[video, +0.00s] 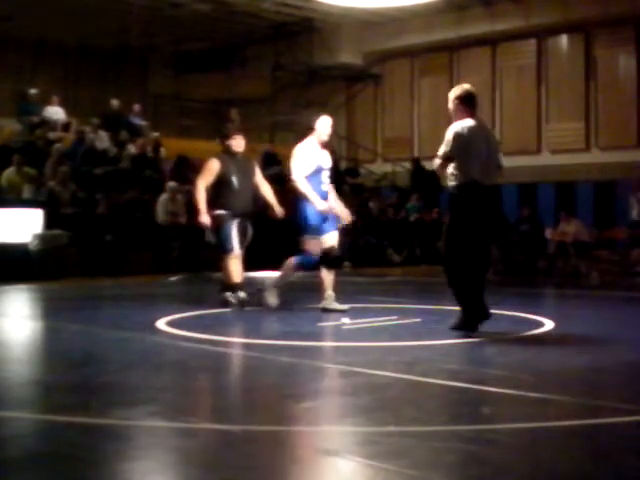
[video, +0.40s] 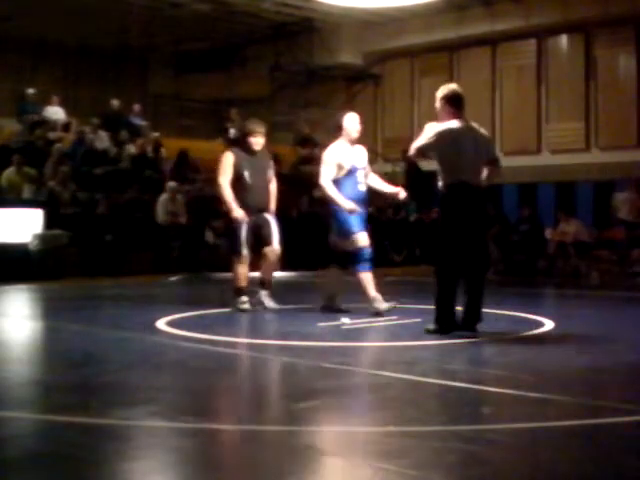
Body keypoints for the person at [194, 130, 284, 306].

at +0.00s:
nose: (239, 143)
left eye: (241, 139)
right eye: (234, 140)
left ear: (245, 141)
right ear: (226, 142)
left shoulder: (250, 164)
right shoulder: (217, 163)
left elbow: (263, 185)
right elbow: (201, 184)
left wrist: (275, 205)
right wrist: (203, 212)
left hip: (245, 213)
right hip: (225, 213)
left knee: (238, 252)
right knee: (233, 252)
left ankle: (230, 286)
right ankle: (237, 288)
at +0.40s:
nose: (258, 141)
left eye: (261, 136)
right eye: (254, 136)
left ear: (265, 138)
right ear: (245, 137)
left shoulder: (266, 157)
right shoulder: (231, 156)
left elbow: (272, 182)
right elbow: (224, 182)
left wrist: (271, 207)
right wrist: (235, 208)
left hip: (263, 210)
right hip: (243, 211)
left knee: (272, 250)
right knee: (243, 255)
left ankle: (264, 289)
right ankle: (241, 293)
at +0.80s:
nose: (291, 146)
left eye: (294, 142)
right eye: (288, 141)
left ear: (297, 142)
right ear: (277, 139)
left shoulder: (298, 161)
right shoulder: (257, 154)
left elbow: (302, 186)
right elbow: (243, 177)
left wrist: (306, 213)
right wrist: (242, 209)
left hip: (288, 213)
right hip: (263, 212)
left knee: (287, 256)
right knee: (259, 256)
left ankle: (287, 297)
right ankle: (253, 291)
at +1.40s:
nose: (306, 132)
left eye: (307, 127)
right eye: (302, 127)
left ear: (307, 129)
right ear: (289, 128)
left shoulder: (306, 150)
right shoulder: (271, 147)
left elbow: (309, 179)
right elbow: (264, 175)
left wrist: (310, 208)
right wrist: (275, 204)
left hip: (303, 210)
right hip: (282, 210)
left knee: (314, 251)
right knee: (281, 257)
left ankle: (293, 293)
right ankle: (278, 303)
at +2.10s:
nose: (334, 121)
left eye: (335, 116)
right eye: (330, 116)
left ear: (330, 120)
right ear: (317, 118)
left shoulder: (328, 146)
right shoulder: (302, 139)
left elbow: (334, 181)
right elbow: (296, 168)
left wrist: (343, 207)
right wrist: (309, 202)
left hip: (327, 208)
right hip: (310, 207)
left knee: (322, 257)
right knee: (311, 254)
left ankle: (316, 308)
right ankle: (294, 307)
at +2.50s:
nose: (340, 127)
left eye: (339, 121)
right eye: (337, 121)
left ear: (313, 120)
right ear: (327, 120)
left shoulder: (301, 142)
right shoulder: (321, 140)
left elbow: (298, 179)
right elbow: (329, 174)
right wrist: (339, 205)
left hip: (302, 208)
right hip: (316, 209)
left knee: (308, 262)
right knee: (312, 262)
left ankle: (309, 311)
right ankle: (310, 313)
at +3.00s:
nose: (347, 128)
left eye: (348, 123)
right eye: (346, 123)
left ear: (327, 118)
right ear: (335, 121)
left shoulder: (319, 141)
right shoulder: (318, 143)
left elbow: (319, 184)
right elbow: (316, 185)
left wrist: (334, 209)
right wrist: (323, 215)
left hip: (311, 209)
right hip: (311, 210)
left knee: (312, 261)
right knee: (314, 262)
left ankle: (297, 306)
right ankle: (303, 313)